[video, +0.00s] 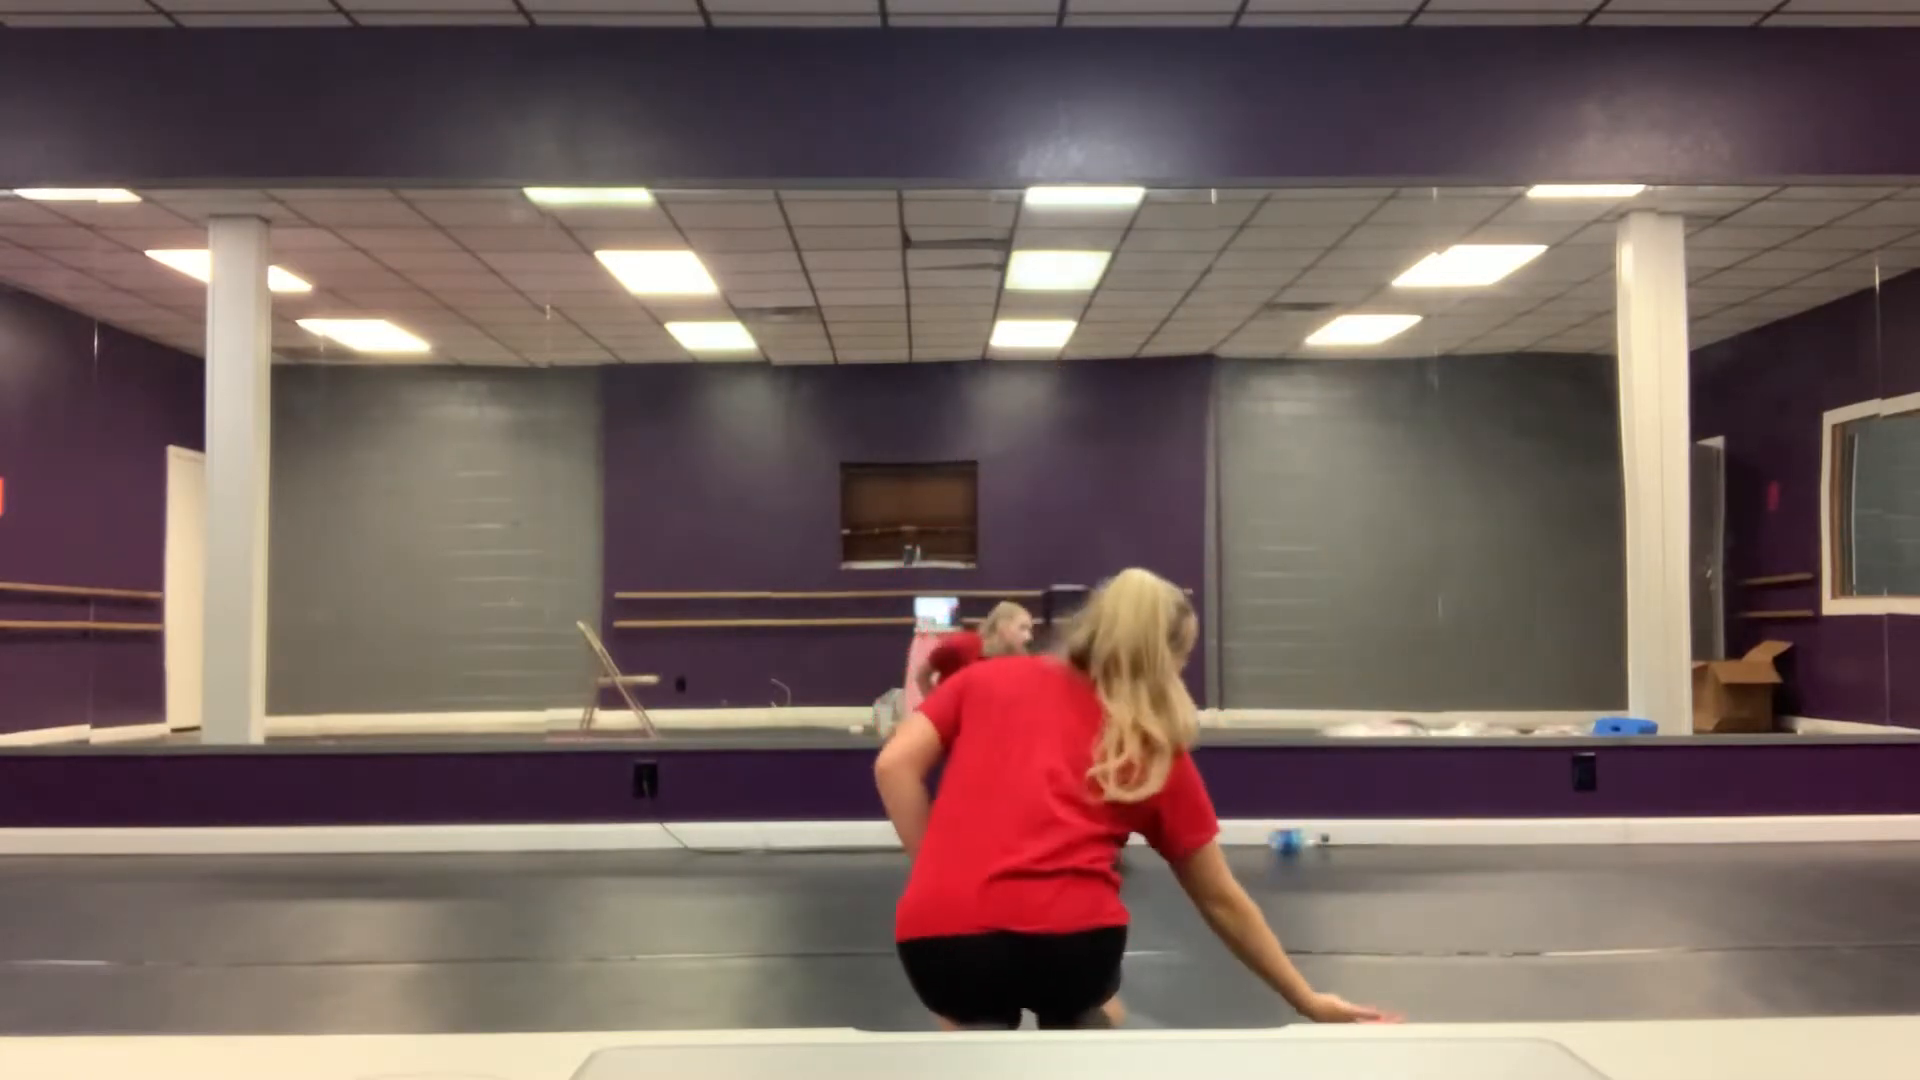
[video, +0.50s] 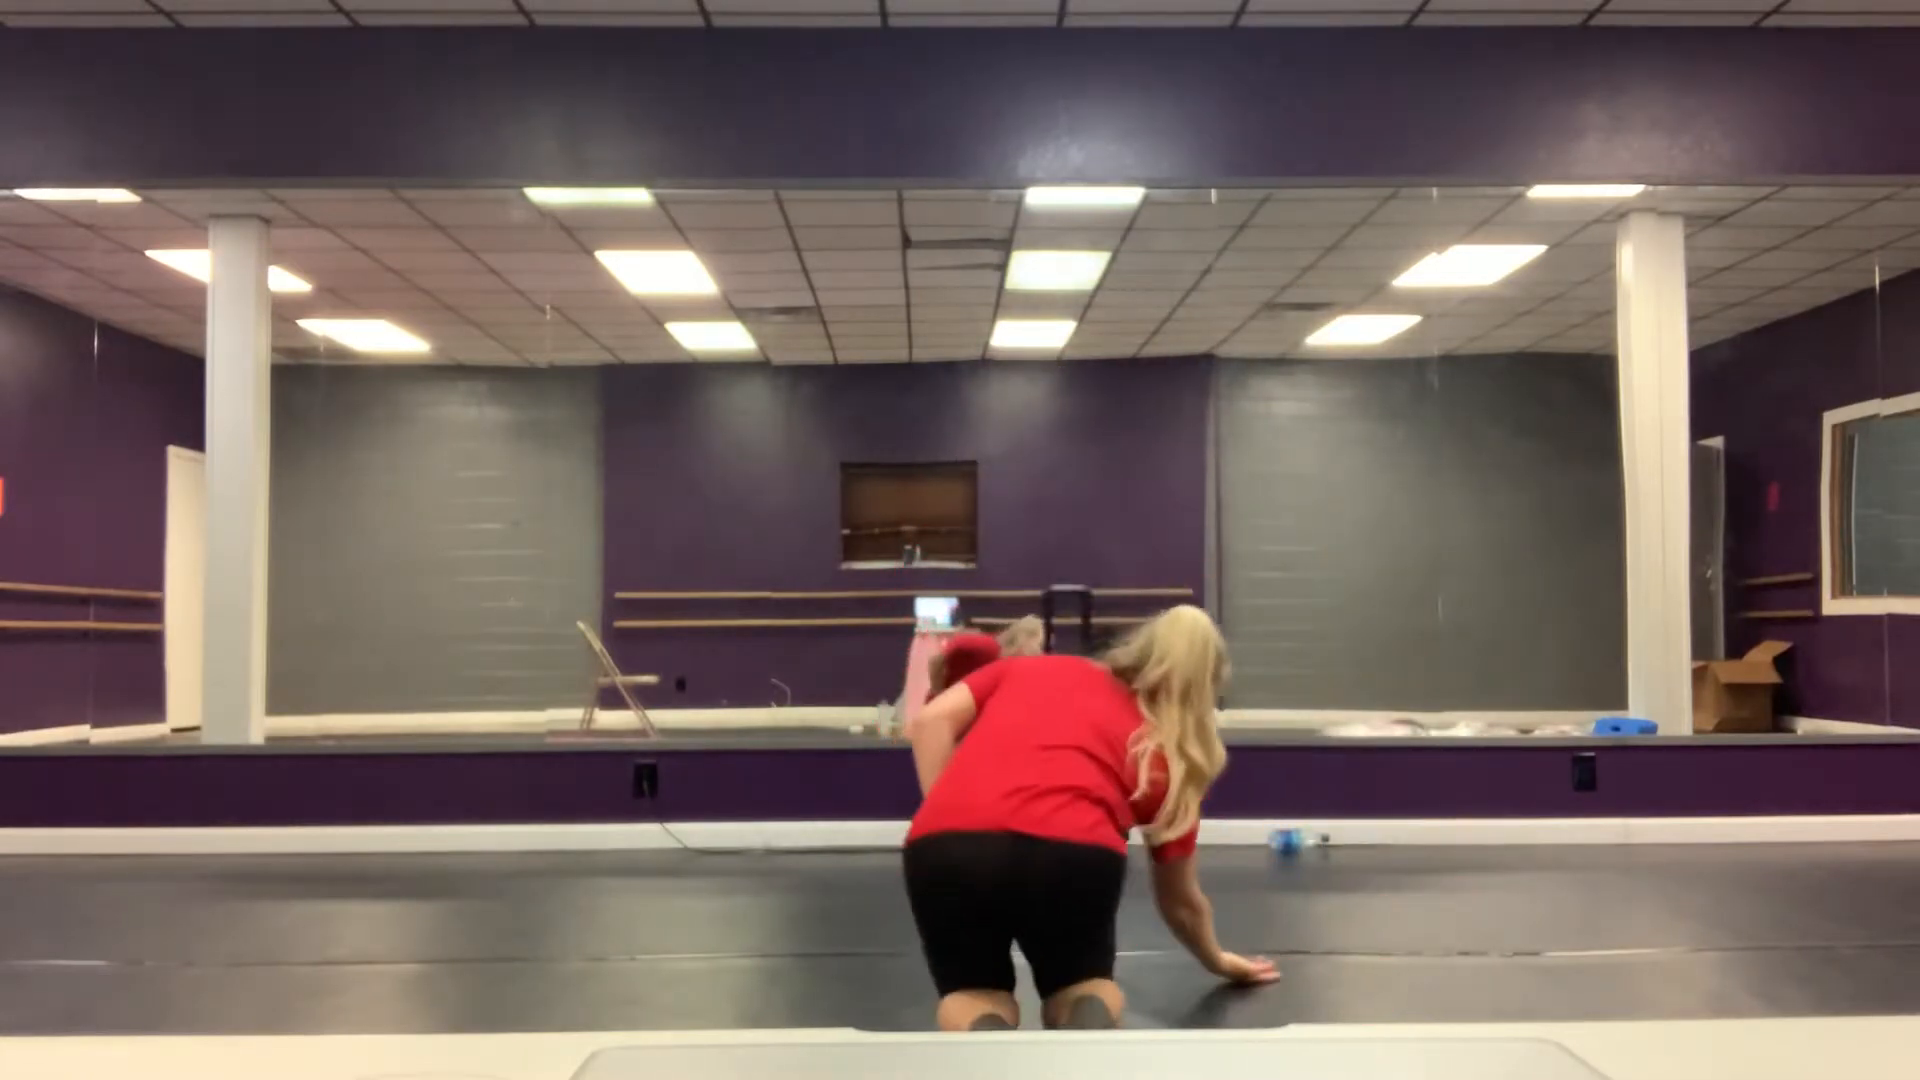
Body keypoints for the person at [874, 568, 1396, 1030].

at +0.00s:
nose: (1182, 674)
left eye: (1186, 656)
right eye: (1182, 657)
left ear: (1091, 632)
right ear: (1162, 652)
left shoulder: (987, 677)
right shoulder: (1151, 742)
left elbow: (895, 766)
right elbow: (1221, 900)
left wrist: (937, 869)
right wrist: (1308, 1001)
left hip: (943, 941)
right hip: (1072, 943)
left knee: (969, 1028)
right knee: (1093, 1018)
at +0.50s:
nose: (1212, 698)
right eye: (1212, 684)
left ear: (1135, 651)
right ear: (1199, 684)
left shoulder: (1024, 668)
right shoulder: (1164, 742)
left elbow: (931, 722)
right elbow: (1179, 900)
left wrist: (950, 822)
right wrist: (1217, 960)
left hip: (947, 848)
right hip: (1073, 856)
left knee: (974, 989)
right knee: (1080, 985)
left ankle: (981, 1037)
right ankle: (1090, 1021)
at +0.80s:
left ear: (1181, 624)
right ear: (1228, 681)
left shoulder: (1080, 605)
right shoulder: (1186, 733)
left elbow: (982, 628)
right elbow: (1139, 870)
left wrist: (971, 742)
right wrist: (1137, 949)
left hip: (967, 792)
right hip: (1083, 814)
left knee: (961, 966)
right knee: (1072, 979)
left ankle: (966, 1029)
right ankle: (1114, 992)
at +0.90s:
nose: (1218, 695)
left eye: (1227, 686)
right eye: (1225, 682)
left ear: (1175, 617)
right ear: (1220, 669)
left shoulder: (1086, 593)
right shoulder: (1173, 733)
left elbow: (992, 611)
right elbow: (1132, 859)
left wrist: (966, 725)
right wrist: (1118, 944)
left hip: (978, 778)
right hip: (1089, 813)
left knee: (922, 921)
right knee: (1070, 993)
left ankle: (941, 972)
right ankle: (1115, 981)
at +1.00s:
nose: (1204, 677)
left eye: (1210, 669)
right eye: (1208, 666)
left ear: (1163, 596)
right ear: (1200, 651)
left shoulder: (1081, 582)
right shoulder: (1165, 710)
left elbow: (995, 604)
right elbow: (1122, 847)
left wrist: (958, 715)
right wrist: (1098, 943)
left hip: (985, 770)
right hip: (1088, 818)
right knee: (1069, 992)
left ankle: (914, 936)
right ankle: (1114, 982)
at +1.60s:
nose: (1084, 520)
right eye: (1081, 505)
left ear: (985, 473)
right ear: (1061, 505)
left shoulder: (904, 519)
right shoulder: (1052, 583)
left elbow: (836, 602)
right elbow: (1128, 674)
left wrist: (766, 716)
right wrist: (1221, 767)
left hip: (878, 790)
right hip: (987, 812)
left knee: (757, 787)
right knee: (1063, 993)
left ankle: (774, 984)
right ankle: (1225, 1022)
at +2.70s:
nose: (956, 511)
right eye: (955, 495)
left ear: (875, 472)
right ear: (944, 500)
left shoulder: (824, 544)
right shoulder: (923, 568)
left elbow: (798, 661)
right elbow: (909, 674)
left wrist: (731, 788)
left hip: (814, 801)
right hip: (911, 798)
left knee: (679, 806)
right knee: (1030, 930)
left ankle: (769, 984)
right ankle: (1225, 1014)